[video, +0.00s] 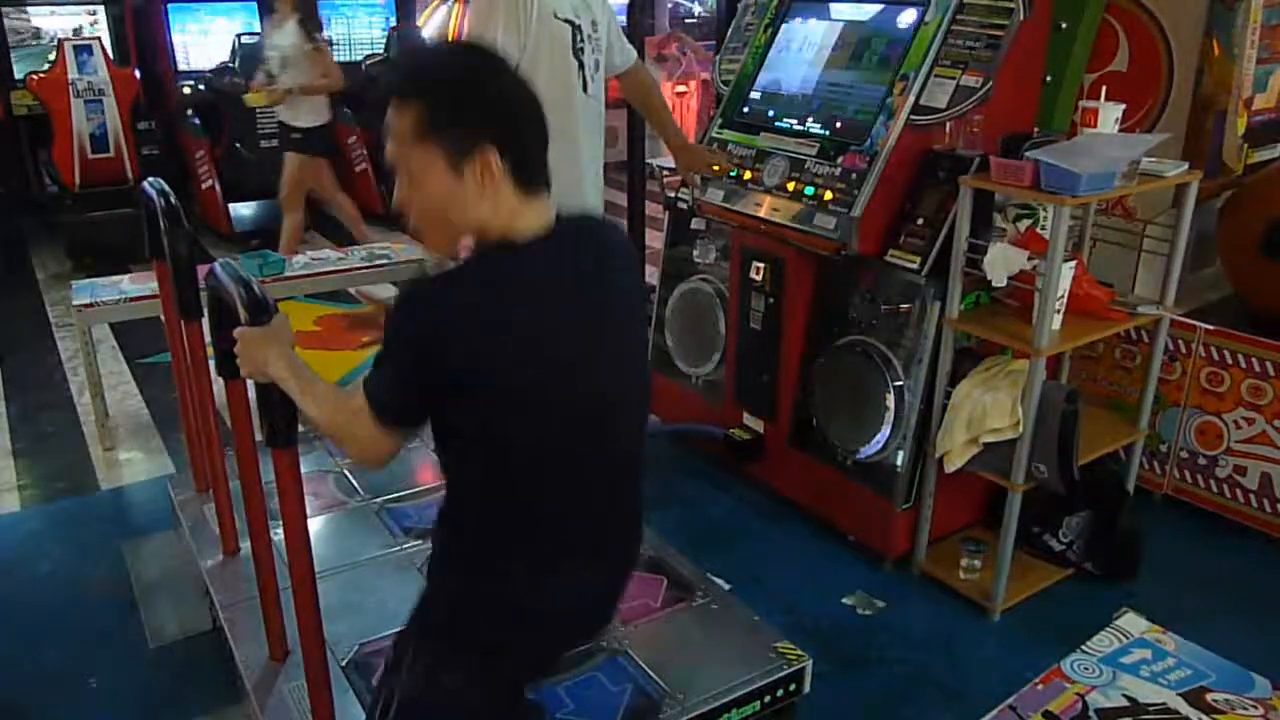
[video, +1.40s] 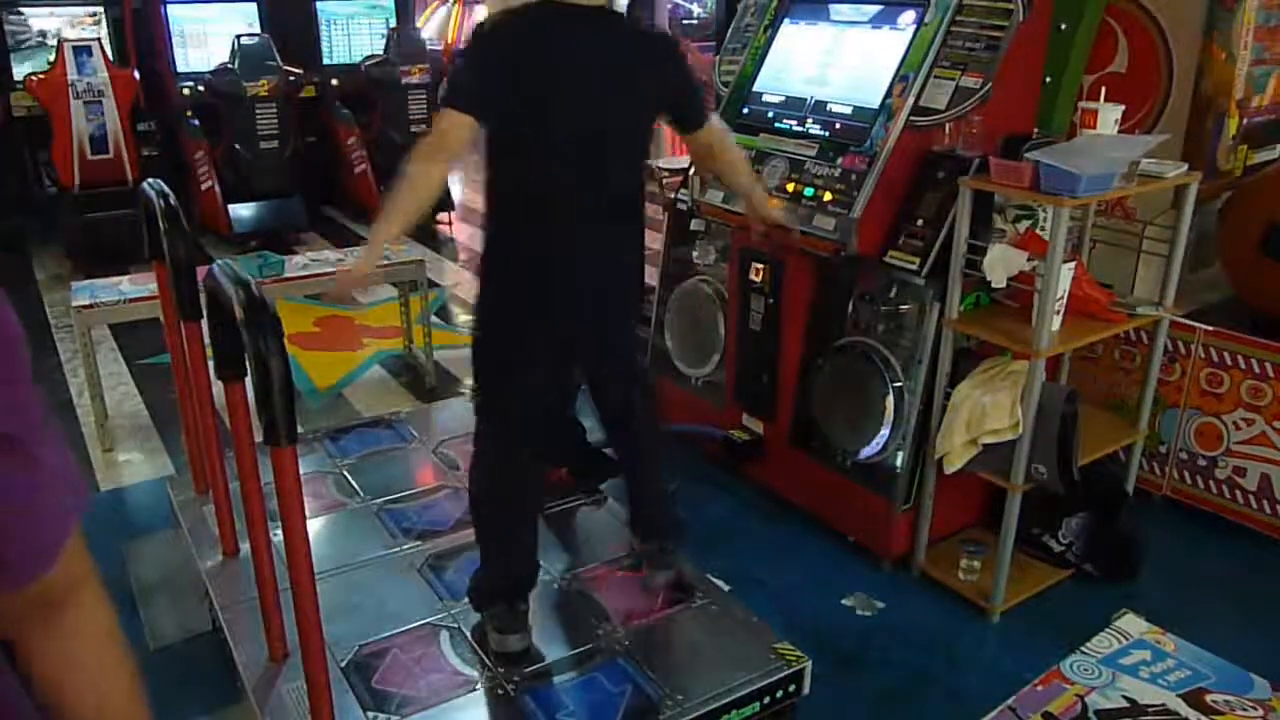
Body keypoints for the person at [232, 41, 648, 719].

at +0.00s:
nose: (398, 200)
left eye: (405, 173)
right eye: (394, 176)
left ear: (484, 167)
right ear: (492, 167)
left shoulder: (439, 309)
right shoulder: (608, 249)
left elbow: (368, 441)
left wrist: (286, 367)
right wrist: (416, 314)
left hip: (492, 602)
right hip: (600, 576)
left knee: (415, 700)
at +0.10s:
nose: (414, 130)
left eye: (416, 111)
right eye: (409, 112)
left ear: (470, 108)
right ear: (537, 98)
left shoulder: (446, 236)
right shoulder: (607, 203)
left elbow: (383, 405)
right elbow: (604, 368)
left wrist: (284, 361)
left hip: (485, 530)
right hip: (589, 509)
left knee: (400, 686)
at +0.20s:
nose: (424, 68)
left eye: (425, 47)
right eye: (422, 48)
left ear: (459, 48)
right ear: (540, 43)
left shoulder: (443, 163)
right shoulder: (617, 151)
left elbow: (379, 345)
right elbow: (645, 302)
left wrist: (284, 349)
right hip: (576, 459)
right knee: (487, 657)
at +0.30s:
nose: (432, 21)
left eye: (433, 11)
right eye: (434, 13)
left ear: (450, 13)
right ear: (536, 11)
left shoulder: (425, 109)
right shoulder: (616, 107)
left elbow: (367, 280)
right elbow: (657, 257)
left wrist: (271, 325)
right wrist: (566, 269)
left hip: (454, 413)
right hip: (563, 412)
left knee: (401, 611)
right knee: (506, 593)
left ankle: (424, 710)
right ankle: (504, 708)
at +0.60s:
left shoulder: (400, 55)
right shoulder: (590, 45)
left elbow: (353, 209)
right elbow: (644, 200)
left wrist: (265, 259)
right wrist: (628, 240)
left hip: (442, 330)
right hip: (550, 330)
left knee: (444, 504)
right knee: (537, 528)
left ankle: (449, 675)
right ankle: (519, 702)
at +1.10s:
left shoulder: (428, 41)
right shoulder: (592, 37)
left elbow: (376, 159)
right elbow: (648, 169)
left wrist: (277, 256)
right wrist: (694, 257)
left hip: (469, 301)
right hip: (562, 301)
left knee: (480, 460)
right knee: (579, 450)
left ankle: (499, 607)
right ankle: (567, 593)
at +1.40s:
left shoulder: (502, 39)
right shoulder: (651, 48)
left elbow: (444, 145)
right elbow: (712, 142)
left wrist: (373, 249)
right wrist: (756, 196)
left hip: (522, 286)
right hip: (613, 285)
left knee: (506, 440)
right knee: (631, 408)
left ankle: (505, 609)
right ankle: (659, 544)